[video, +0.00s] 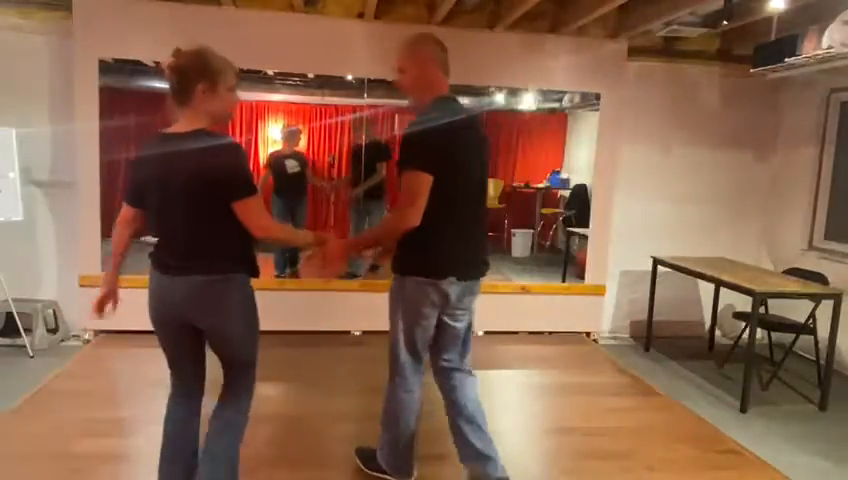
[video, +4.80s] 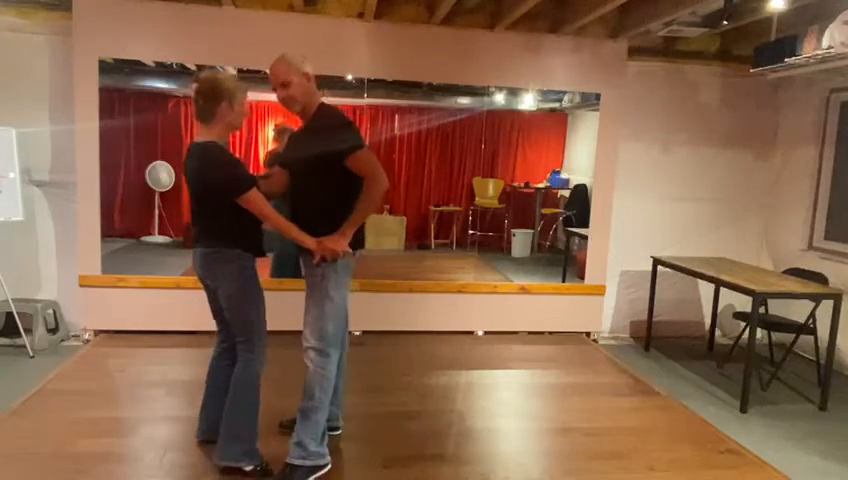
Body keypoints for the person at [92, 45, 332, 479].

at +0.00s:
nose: (235, 101)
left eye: (235, 91)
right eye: (230, 91)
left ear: (194, 93)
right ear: (203, 93)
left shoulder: (152, 153)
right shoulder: (225, 153)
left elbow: (126, 223)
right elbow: (262, 227)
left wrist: (109, 279)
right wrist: (313, 239)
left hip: (165, 291)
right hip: (221, 291)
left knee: (184, 384)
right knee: (239, 378)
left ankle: (173, 475)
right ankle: (214, 473)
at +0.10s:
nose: (238, 102)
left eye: (238, 94)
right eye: (233, 93)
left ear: (192, 96)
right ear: (208, 95)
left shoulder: (160, 151)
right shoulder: (227, 153)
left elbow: (143, 224)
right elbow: (260, 224)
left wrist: (140, 259)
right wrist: (308, 236)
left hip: (173, 289)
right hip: (226, 290)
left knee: (185, 387)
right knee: (240, 385)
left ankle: (175, 476)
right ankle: (239, 473)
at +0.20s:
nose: (242, 107)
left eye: (243, 97)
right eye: (238, 97)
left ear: (192, 99)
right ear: (214, 99)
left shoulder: (169, 158)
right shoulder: (232, 156)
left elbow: (165, 225)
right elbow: (263, 225)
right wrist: (316, 237)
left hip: (182, 284)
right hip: (233, 287)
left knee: (190, 381)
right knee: (238, 376)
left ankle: (175, 475)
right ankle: (237, 455)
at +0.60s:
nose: (260, 110)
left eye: (260, 103)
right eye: (256, 102)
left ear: (219, 105)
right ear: (234, 104)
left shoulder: (203, 155)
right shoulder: (243, 159)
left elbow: (199, 216)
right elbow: (274, 223)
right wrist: (331, 242)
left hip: (213, 267)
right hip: (246, 271)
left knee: (234, 350)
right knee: (247, 360)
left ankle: (221, 437)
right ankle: (229, 454)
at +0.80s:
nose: (265, 112)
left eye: (264, 104)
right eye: (261, 104)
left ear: (226, 107)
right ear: (241, 105)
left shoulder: (217, 153)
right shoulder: (241, 161)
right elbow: (275, 222)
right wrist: (333, 244)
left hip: (225, 261)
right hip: (247, 267)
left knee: (244, 349)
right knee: (249, 358)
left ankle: (243, 423)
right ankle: (230, 454)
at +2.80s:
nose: (272, 113)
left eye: (271, 105)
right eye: (270, 105)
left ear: (233, 106)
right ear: (256, 105)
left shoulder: (224, 151)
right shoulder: (252, 152)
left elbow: (221, 205)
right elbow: (276, 207)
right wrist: (307, 248)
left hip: (231, 252)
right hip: (251, 256)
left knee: (255, 342)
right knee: (254, 350)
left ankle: (248, 422)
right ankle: (231, 457)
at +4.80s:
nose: (245, 113)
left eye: (245, 106)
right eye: (242, 106)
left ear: (209, 109)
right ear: (225, 109)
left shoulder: (197, 155)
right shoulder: (221, 160)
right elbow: (266, 214)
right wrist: (311, 242)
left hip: (210, 257)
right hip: (233, 261)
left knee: (229, 343)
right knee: (251, 349)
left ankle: (211, 429)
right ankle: (238, 454)